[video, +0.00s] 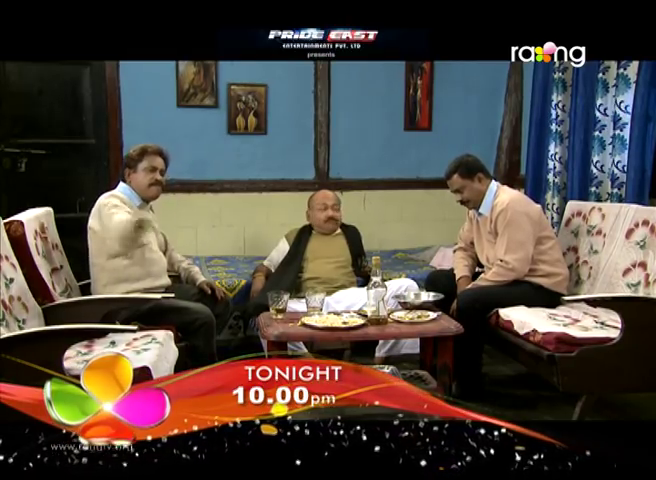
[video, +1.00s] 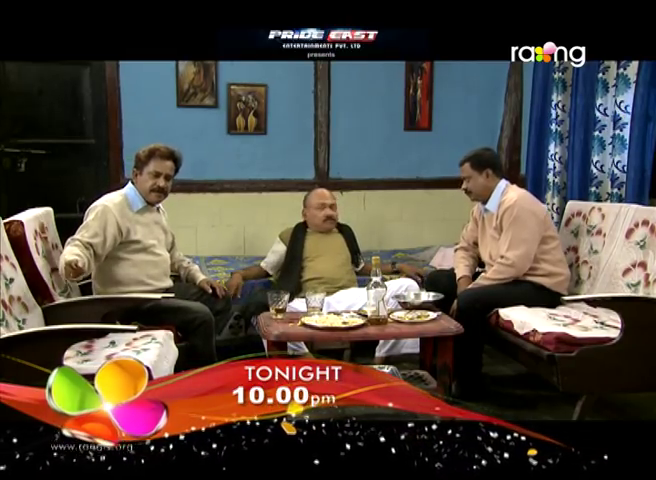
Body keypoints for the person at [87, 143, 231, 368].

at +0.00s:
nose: (159, 178)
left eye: (162, 173)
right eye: (151, 171)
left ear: (164, 178)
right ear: (129, 175)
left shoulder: (144, 210)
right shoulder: (110, 203)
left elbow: (170, 256)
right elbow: (121, 240)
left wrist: (199, 280)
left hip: (157, 293)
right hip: (126, 301)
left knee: (218, 302)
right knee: (201, 317)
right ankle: (203, 383)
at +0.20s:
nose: (159, 182)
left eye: (164, 177)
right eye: (152, 174)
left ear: (168, 181)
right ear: (132, 175)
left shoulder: (151, 213)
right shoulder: (108, 206)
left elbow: (172, 256)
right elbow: (86, 237)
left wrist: (200, 280)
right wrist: (62, 235)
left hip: (161, 295)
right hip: (127, 304)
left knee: (219, 303)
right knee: (199, 318)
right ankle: (203, 383)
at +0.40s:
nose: (158, 180)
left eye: (164, 175)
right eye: (151, 173)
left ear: (168, 179)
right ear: (132, 174)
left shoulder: (154, 211)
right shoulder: (106, 209)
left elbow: (173, 255)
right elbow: (82, 248)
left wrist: (201, 279)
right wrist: (71, 268)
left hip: (162, 294)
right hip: (126, 303)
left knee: (220, 302)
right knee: (199, 318)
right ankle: (204, 386)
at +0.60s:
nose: (160, 181)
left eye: (165, 177)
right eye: (153, 174)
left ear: (169, 181)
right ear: (133, 174)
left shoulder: (154, 210)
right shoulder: (109, 208)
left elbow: (171, 255)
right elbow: (83, 243)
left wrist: (199, 278)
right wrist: (77, 259)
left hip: (161, 294)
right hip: (128, 303)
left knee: (219, 302)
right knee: (199, 317)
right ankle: (204, 386)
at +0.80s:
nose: (161, 182)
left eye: (167, 178)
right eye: (154, 175)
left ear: (171, 182)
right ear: (135, 175)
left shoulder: (156, 211)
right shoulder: (110, 207)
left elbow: (172, 256)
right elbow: (82, 241)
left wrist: (200, 279)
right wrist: (76, 257)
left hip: (162, 294)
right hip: (129, 303)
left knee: (219, 301)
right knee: (199, 317)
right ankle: (205, 385)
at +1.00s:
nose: (162, 184)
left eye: (168, 179)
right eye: (155, 175)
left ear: (172, 182)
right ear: (136, 175)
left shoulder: (157, 212)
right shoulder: (110, 208)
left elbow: (172, 256)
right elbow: (83, 244)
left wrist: (200, 278)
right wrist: (74, 261)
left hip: (162, 295)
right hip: (128, 304)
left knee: (220, 301)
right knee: (199, 318)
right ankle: (205, 385)